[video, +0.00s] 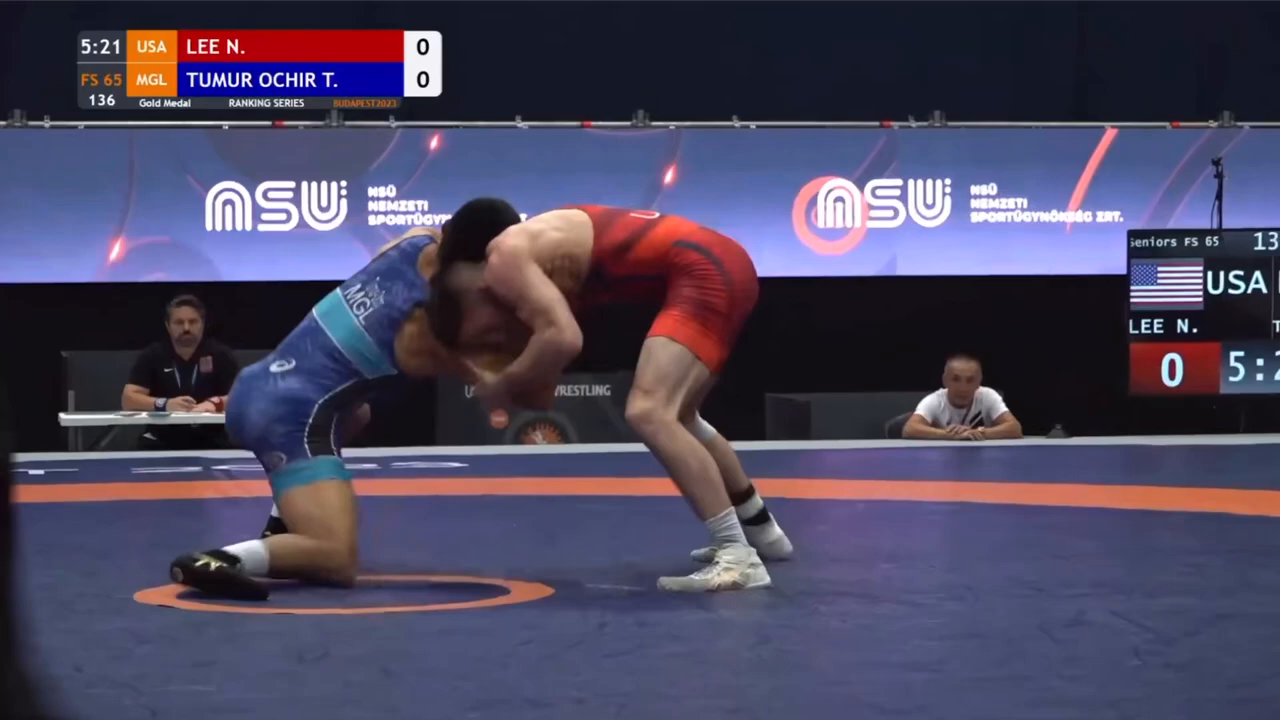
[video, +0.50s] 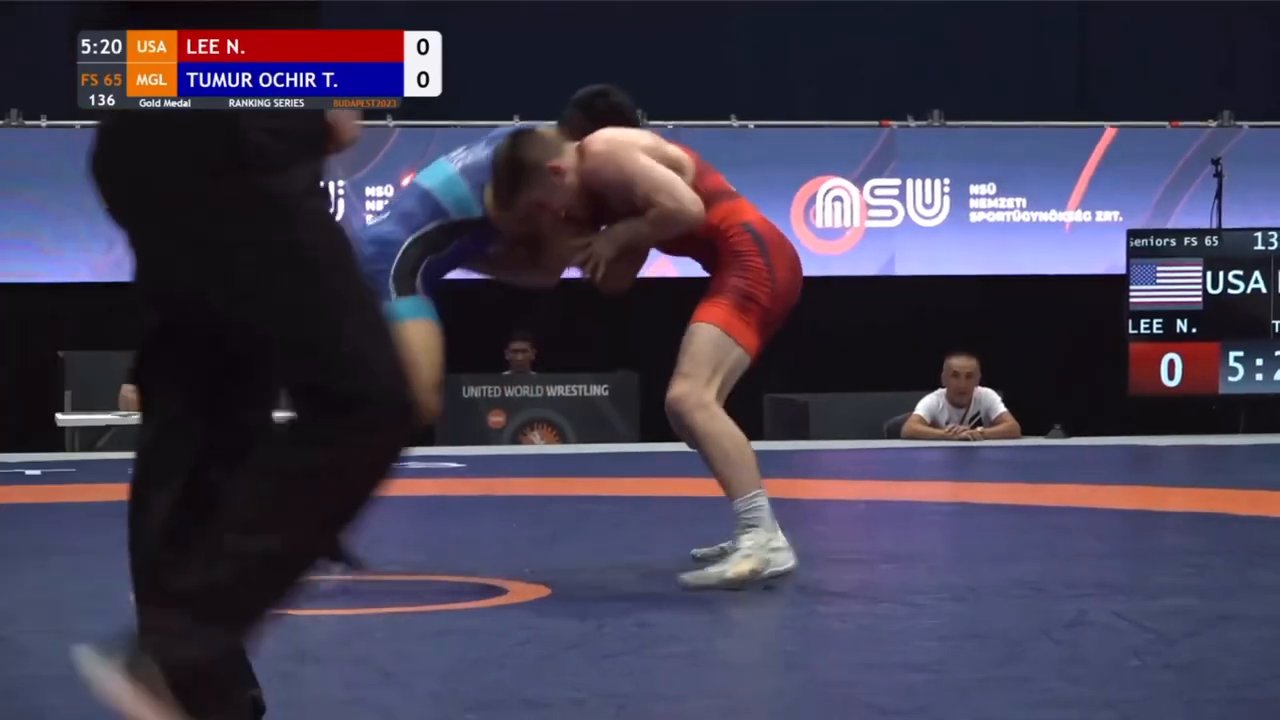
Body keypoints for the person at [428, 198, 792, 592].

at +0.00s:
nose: (497, 330)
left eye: (487, 319)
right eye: (486, 332)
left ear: (476, 270)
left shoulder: (507, 254)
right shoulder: (530, 252)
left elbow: (562, 336)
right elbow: (541, 388)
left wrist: (504, 386)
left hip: (706, 266)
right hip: (720, 264)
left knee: (649, 412)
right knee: (677, 415)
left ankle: (736, 555)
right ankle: (759, 527)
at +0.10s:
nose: (496, 316)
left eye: (485, 306)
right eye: (482, 314)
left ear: (482, 265)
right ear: (485, 262)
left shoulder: (521, 238)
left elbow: (575, 323)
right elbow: (535, 380)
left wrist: (503, 361)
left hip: (713, 266)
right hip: (727, 268)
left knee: (657, 410)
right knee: (676, 416)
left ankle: (738, 554)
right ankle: (759, 529)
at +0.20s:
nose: (511, 295)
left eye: (500, 284)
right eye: (498, 296)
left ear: (495, 246)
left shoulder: (530, 218)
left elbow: (592, 304)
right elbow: (542, 364)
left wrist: (513, 342)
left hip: (714, 257)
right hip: (724, 259)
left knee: (669, 406)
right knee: (682, 409)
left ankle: (739, 553)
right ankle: (760, 529)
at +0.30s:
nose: (519, 271)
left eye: (509, 261)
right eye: (505, 270)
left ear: (509, 223)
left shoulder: (545, 198)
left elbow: (622, 275)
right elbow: (568, 339)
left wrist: (541, 303)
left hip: (724, 251)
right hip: (735, 253)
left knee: (682, 403)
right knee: (694, 406)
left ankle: (740, 552)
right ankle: (763, 529)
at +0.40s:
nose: (527, 248)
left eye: (519, 237)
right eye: (515, 244)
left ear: (528, 199)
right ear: (530, 193)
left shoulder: (570, 175)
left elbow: (658, 220)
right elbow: (602, 302)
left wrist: (585, 263)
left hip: (739, 250)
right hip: (741, 255)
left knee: (692, 399)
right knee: (701, 401)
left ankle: (742, 551)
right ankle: (764, 528)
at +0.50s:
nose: (551, 214)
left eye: (544, 204)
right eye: (540, 210)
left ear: (556, 170)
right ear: (558, 170)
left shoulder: (604, 151)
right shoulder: (598, 185)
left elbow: (685, 209)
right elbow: (615, 280)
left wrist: (620, 236)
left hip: (754, 251)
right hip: (744, 258)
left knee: (690, 397)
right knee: (692, 400)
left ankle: (764, 537)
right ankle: (754, 530)